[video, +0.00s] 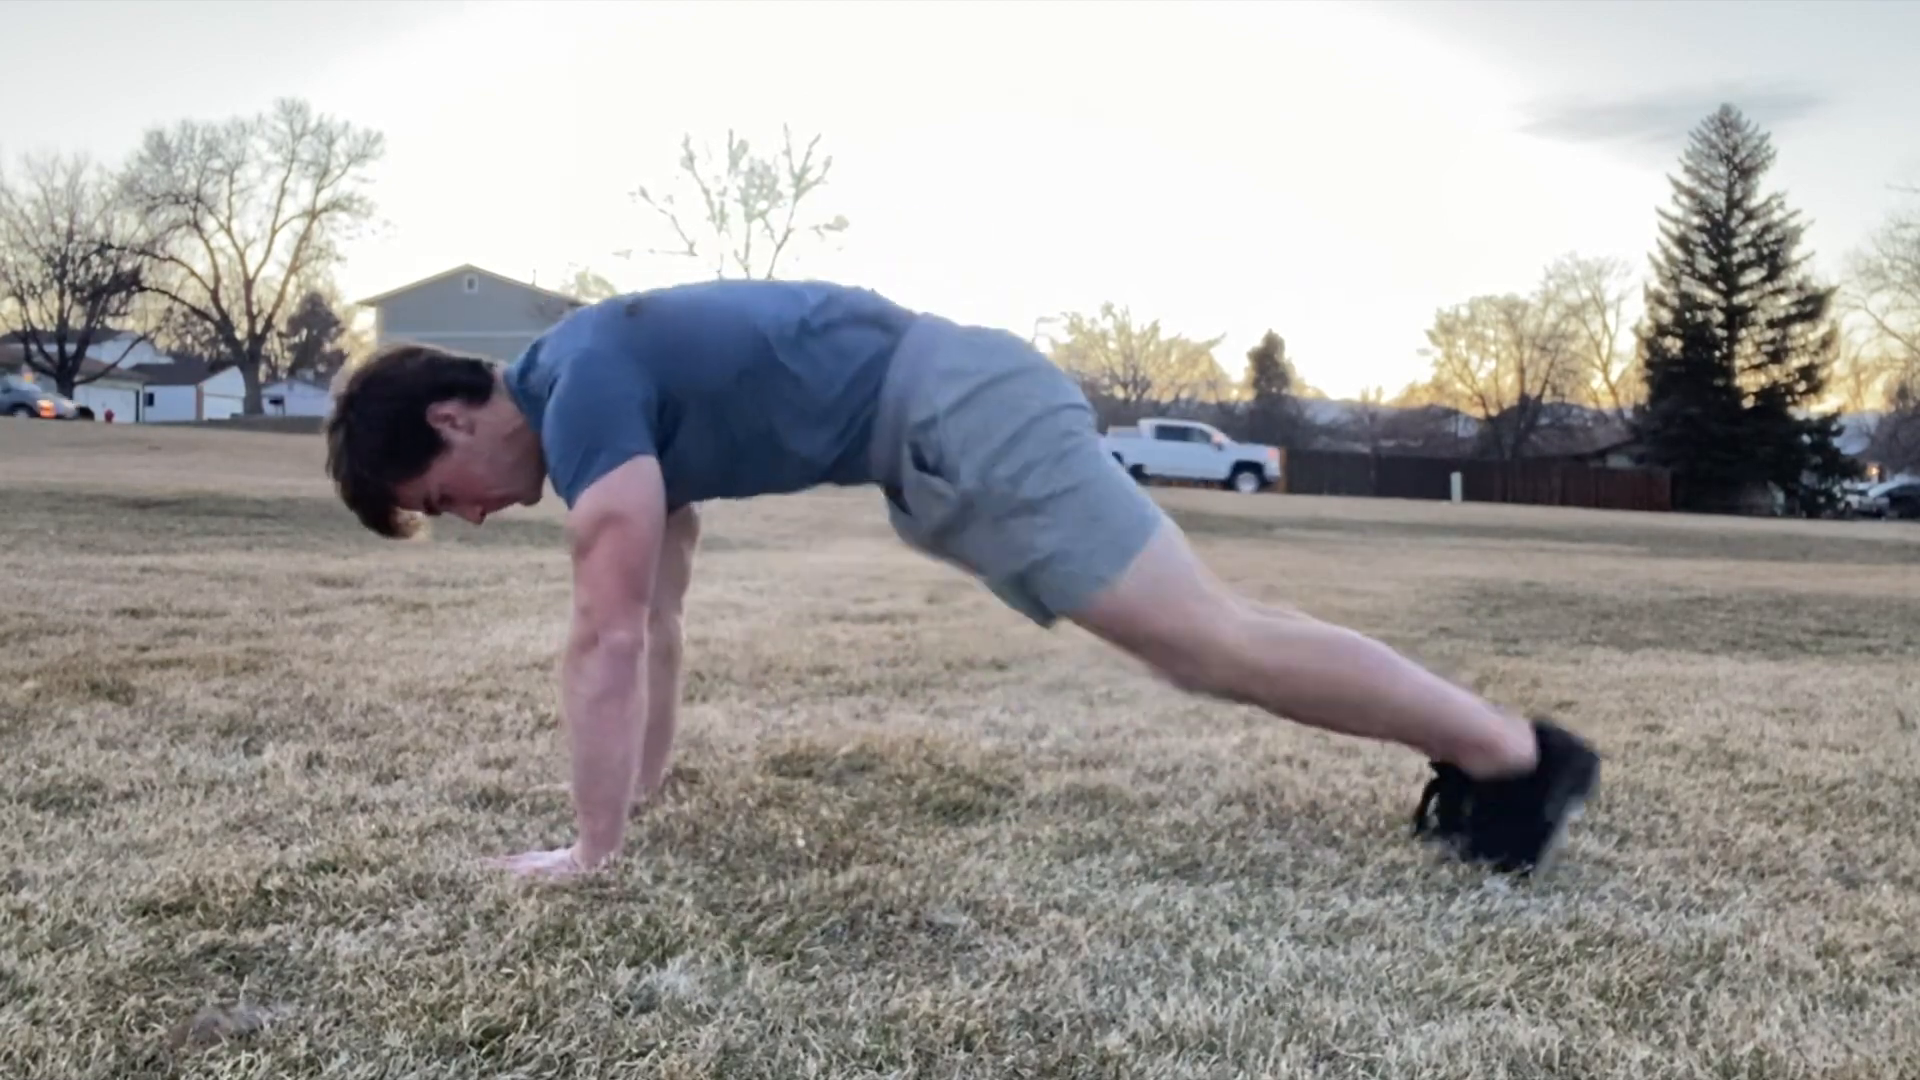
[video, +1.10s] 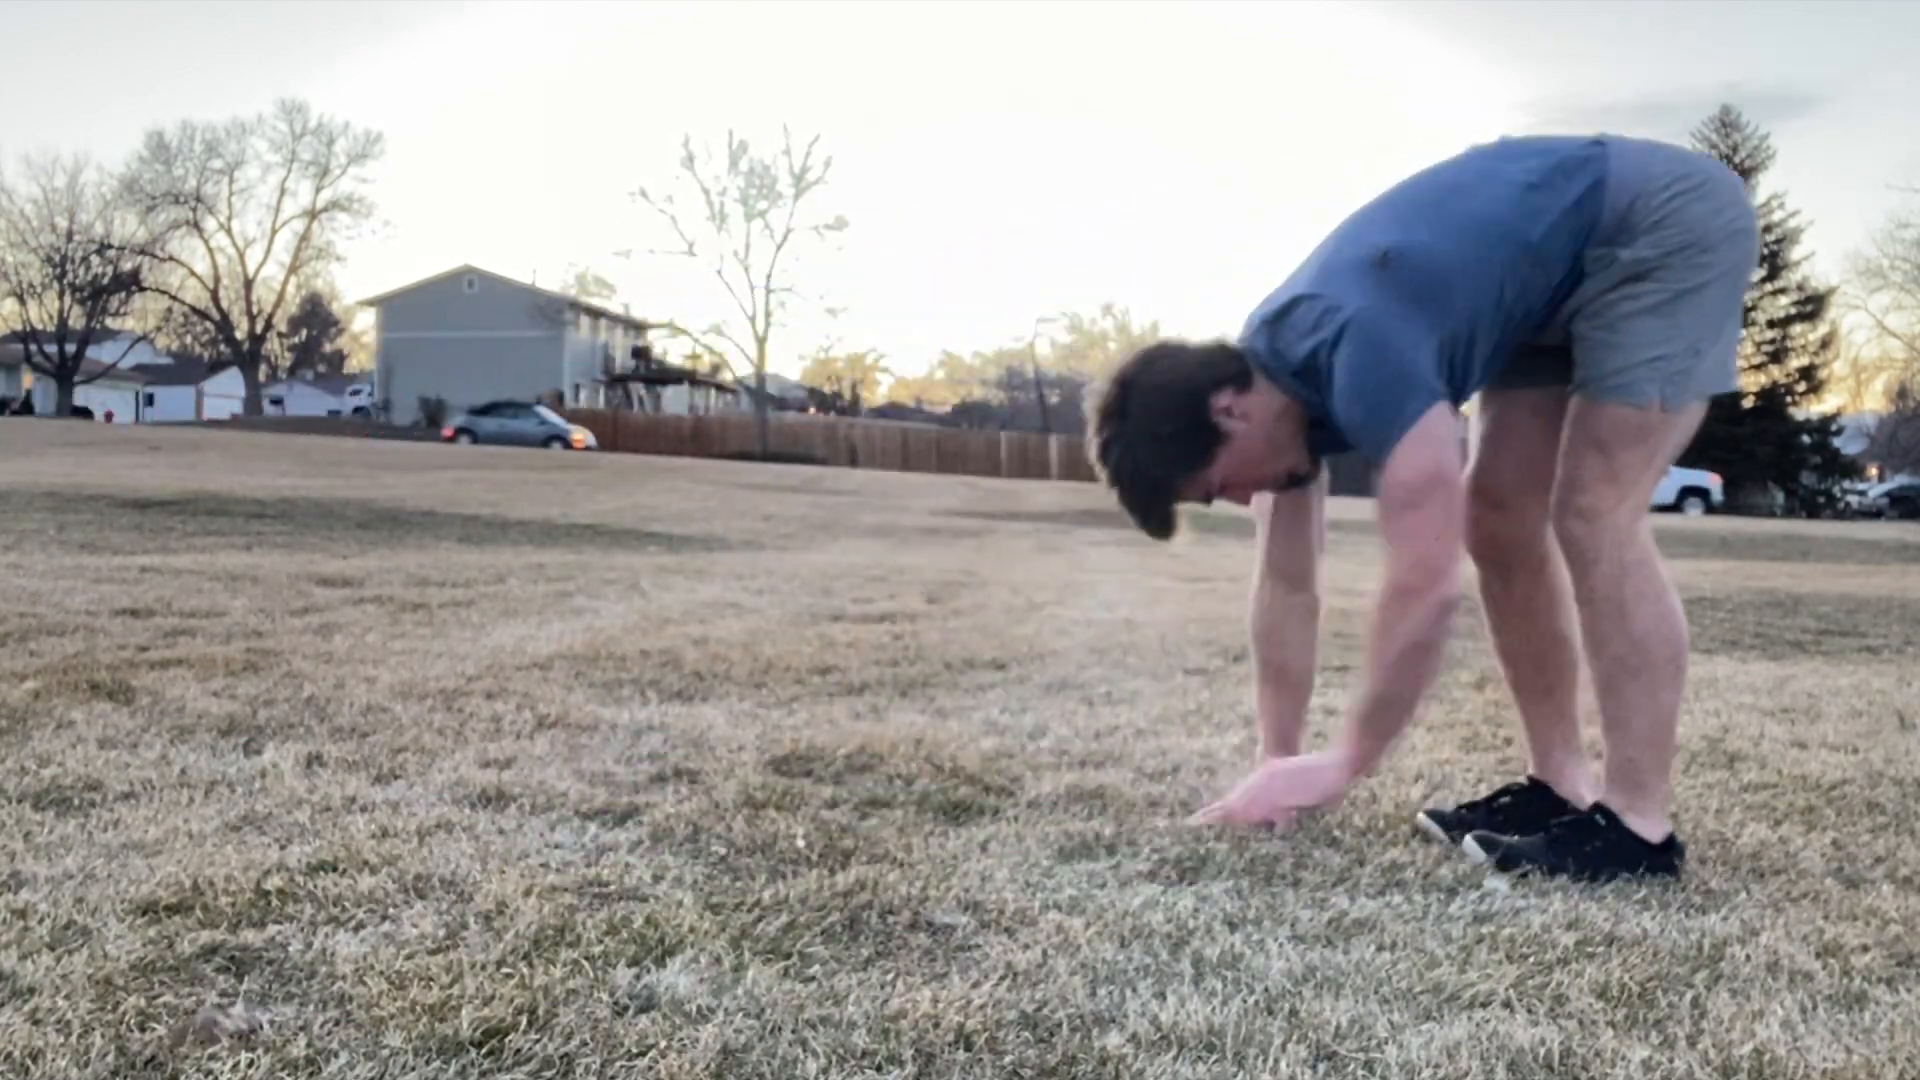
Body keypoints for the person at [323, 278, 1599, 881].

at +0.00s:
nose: (466, 515)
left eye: (438, 494)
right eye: (437, 510)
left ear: (450, 417)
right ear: (460, 426)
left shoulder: (583, 369)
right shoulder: (599, 393)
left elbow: (613, 611)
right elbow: (651, 613)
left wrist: (597, 835)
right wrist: (642, 781)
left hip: (959, 404)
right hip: (948, 423)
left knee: (1206, 640)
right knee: (1197, 632)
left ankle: (1513, 751)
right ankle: (1483, 743)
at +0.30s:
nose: (550, 518)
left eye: (522, 497)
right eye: (524, 513)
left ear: (529, 423)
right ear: (542, 421)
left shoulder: (658, 368)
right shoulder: (681, 391)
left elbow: (635, 638)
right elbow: (745, 590)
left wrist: (588, 853)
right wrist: (702, 754)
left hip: (1052, 376)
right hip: (1032, 398)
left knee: (1309, 614)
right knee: (1273, 618)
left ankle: (1582, 781)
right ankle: (1515, 757)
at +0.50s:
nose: (723, 570)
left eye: (703, 554)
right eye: (705, 563)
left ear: (699, 485)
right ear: (707, 479)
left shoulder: (795, 426)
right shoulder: (824, 435)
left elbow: (717, 668)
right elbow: (874, 629)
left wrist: (604, 847)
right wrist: (885, 798)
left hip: (1184, 285)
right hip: (1149, 328)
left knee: (1355, 575)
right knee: (1313, 584)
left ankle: (1598, 796)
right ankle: (1525, 775)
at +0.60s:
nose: (864, 583)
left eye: (843, 569)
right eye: (842, 581)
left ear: (833, 502)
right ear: (821, 497)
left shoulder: (927, 431)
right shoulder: (897, 442)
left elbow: (856, 661)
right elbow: (907, 624)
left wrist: (710, 809)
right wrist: (891, 796)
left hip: (1282, 251)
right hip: (1229, 294)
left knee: (1387, 559)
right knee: (1325, 574)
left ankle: (1604, 798)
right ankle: (1528, 775)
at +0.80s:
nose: (1078, 577)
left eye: (1056, 560)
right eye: (1053, 579)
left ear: (1048, 492)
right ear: (1042, 481)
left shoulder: (1159, 418)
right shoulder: (1080, 429)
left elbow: (1206, 661)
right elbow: (1015, 631)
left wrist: (1200, 869)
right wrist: (920, 785)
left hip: (1476, 209)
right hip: (1395, 254)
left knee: (1475, 526)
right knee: (1402, 544)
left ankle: (1621, 816)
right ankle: (1547, 790)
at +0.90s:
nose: (1152, 561)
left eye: (1134, 547)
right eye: (1130, 561)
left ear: (1133, 475)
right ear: (1132, 463)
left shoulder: (1242, 395)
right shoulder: (1155, 394)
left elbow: (1242, 650)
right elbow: (1147, 585)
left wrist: (1201, 864)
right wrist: (1114, 743)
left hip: (1560, 211)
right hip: (1464, 247)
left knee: (1521, 521)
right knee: (1438, 533)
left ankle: (1626, 821)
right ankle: (1551, 792)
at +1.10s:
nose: (1240, 505)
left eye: (1221, 486)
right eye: (1218, 501)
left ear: (1230, 411)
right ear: (1230, 400)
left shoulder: (1366, 340)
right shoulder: (1273, 367)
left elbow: (1424, 584)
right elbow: (1288, 583)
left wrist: (1348, 764)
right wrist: (1276, 767)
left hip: (1670, 216)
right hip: (1558, 258)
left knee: (1599, 512)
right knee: (1504, 521)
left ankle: (1642, 826)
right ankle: (1563, 791)